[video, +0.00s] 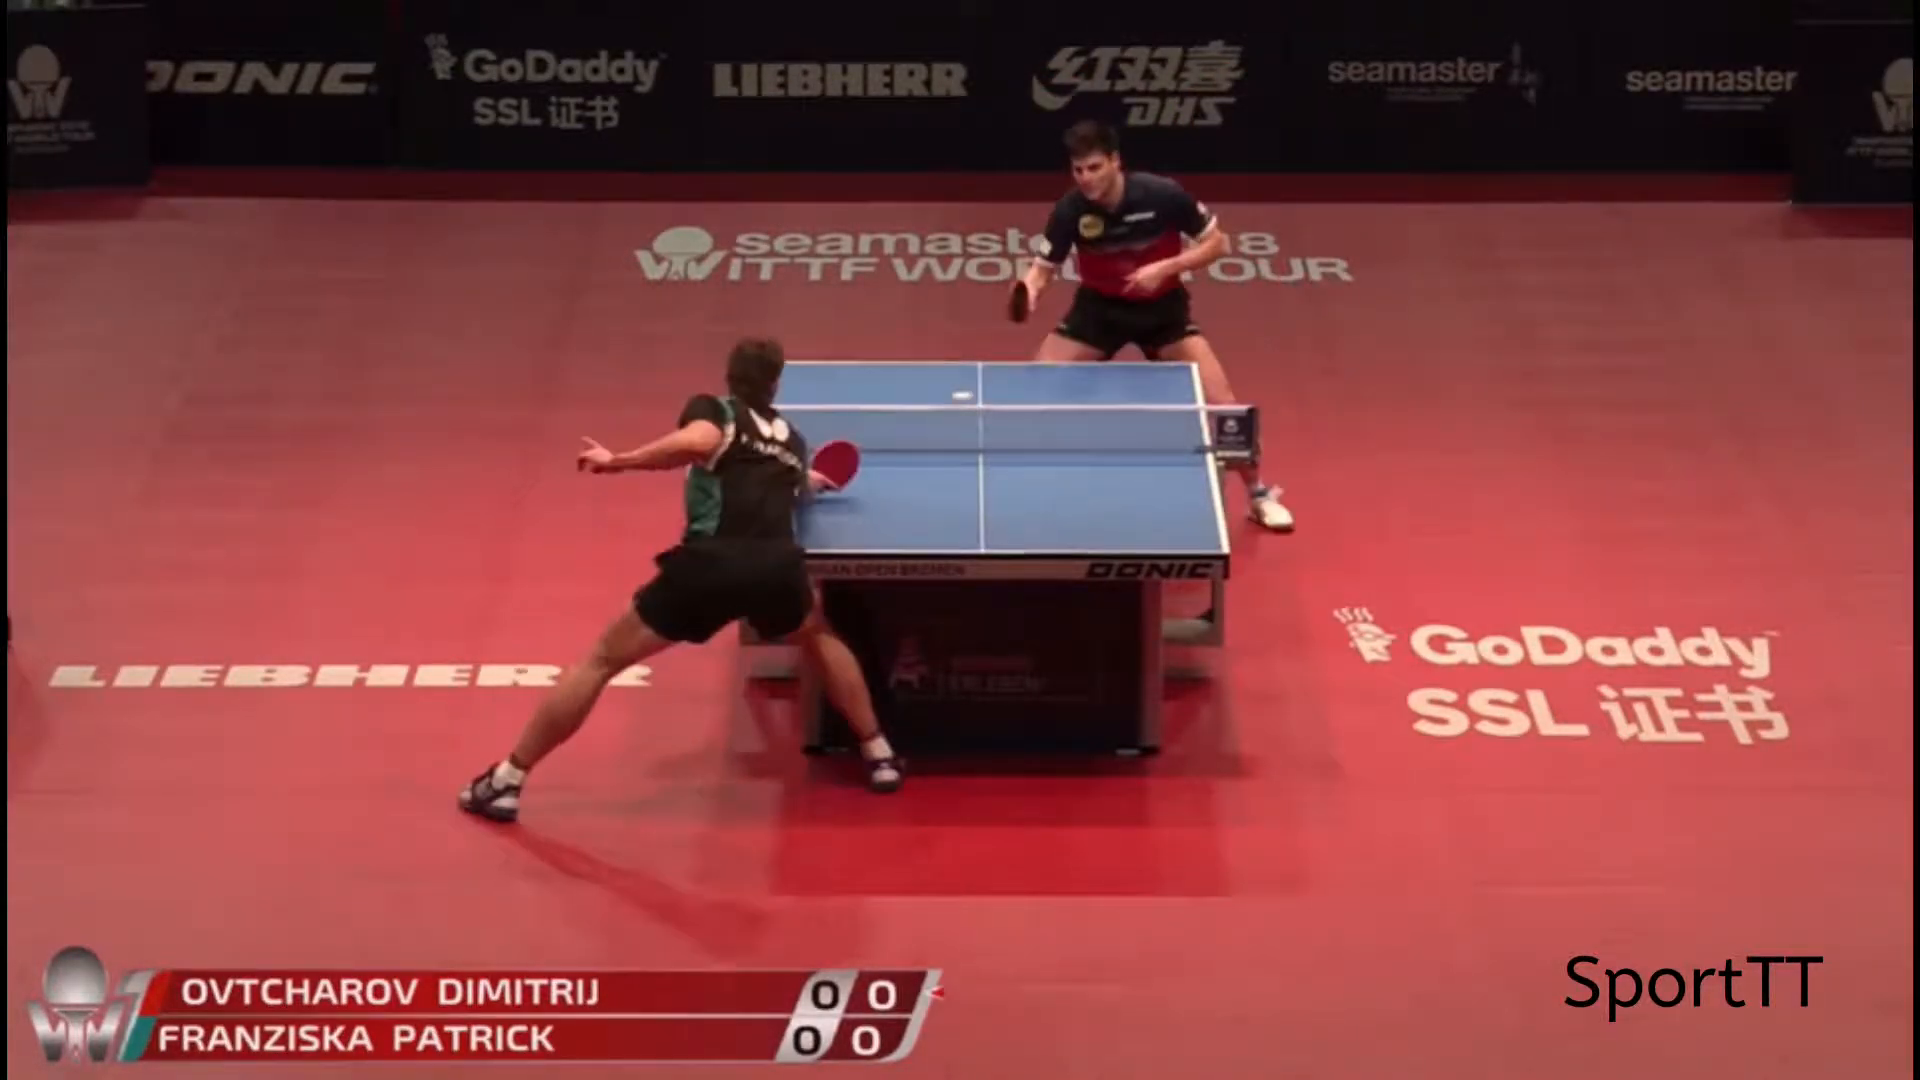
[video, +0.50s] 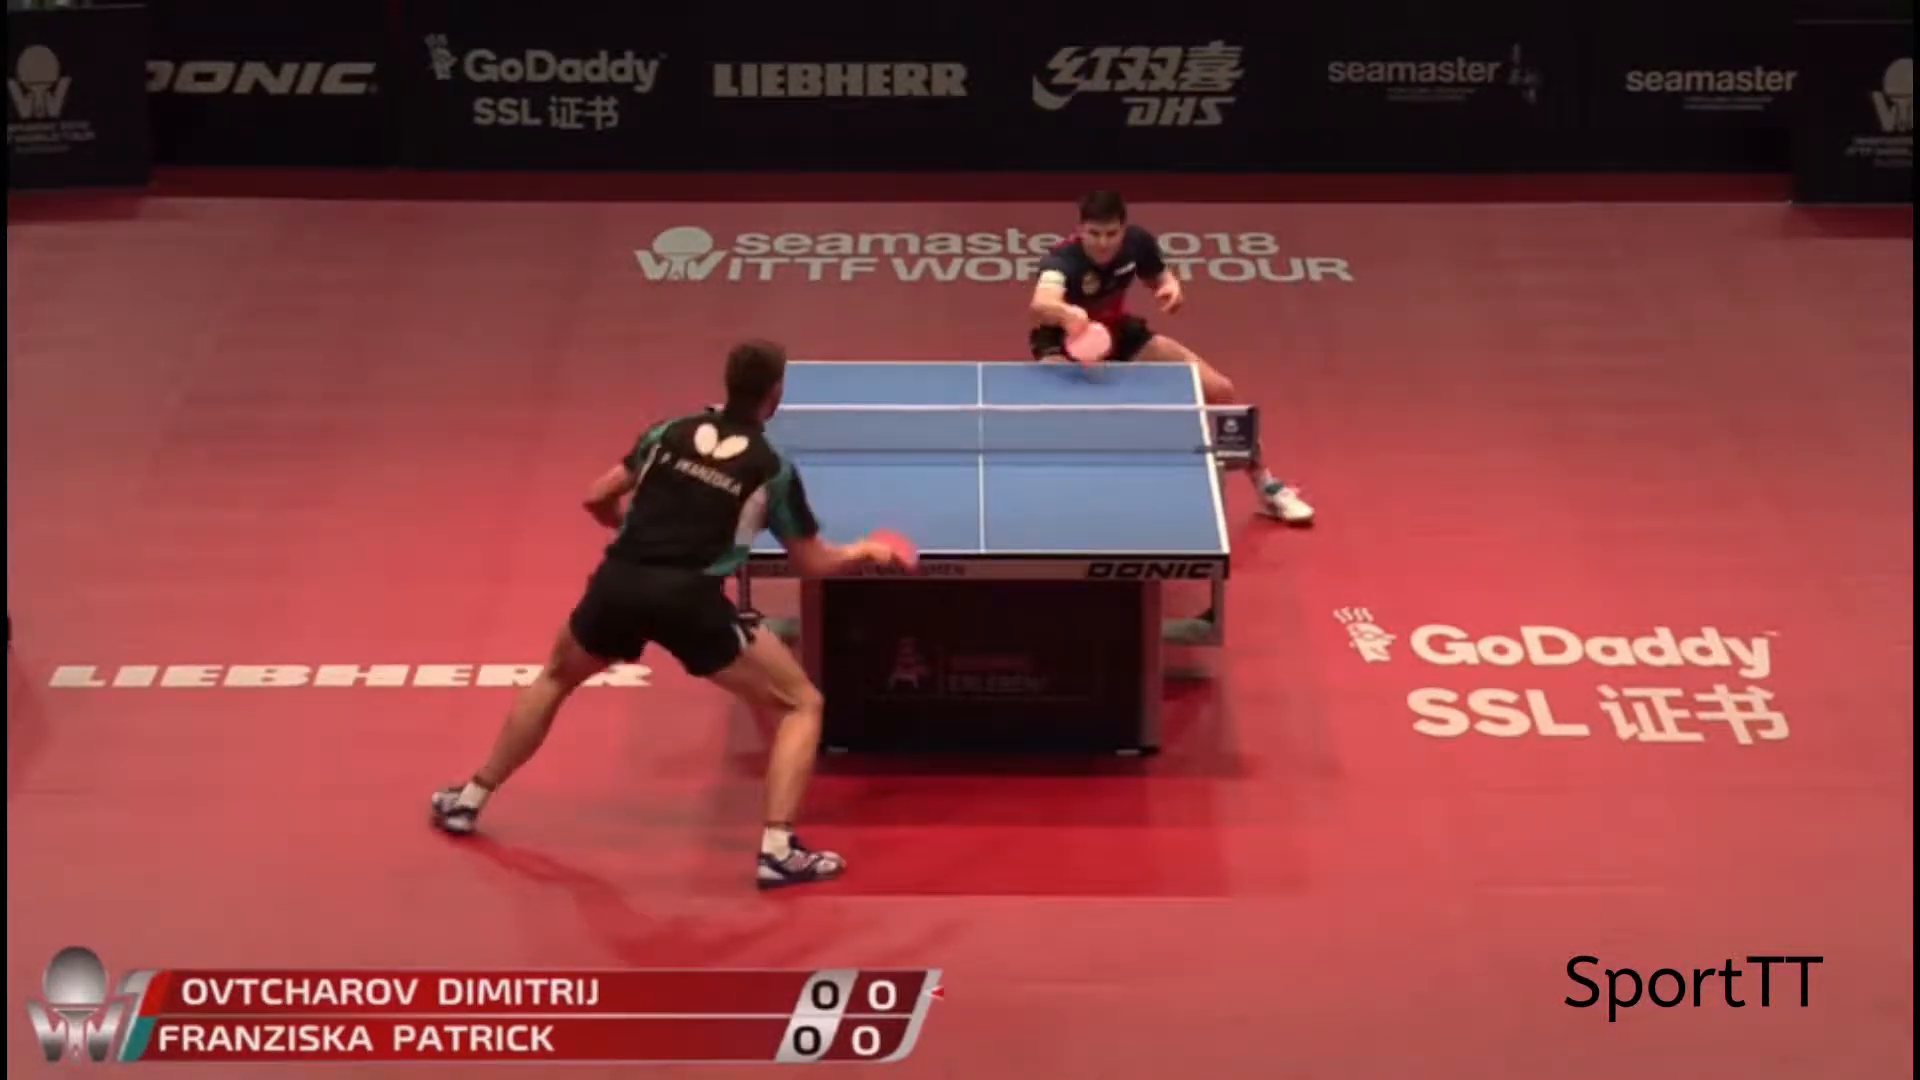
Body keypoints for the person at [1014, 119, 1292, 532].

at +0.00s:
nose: (1084, 179)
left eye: (1093, 168)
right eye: (1078, 170)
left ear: (1116, 162)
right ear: (1071, 170)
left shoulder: (1162, 195)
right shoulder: (1071, 210)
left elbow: (1216, 242)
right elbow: (1043, 267)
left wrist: (1164, 268)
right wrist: (1028, 291)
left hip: (1163, 314)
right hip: (1097, 313)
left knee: (1221, 401)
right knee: (1039, 388)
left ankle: (1259, 494)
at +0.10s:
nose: (1087, 187)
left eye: (1095, 176)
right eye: (1080, 178)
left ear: (1116, 169)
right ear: (1071, 177)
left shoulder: (1157, 200)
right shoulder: (1071, 216)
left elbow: (1212, 248)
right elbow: (1039, 272)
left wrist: (1160, 274)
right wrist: (1029, 293)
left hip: (1166, 319)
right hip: (1100, 318)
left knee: (1221, 404)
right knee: (1034, 383)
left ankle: (1261, 494)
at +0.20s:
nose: (1096, 232)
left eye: (1104, 223)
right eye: (1088, 225)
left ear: (1119, 211)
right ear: (1076, 218)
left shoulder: (1152, 231)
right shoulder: (1063, 247)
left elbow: (1201, 275)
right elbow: (1012, 313)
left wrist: (1173, 293)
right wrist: (1063, 313)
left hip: (1157, 342)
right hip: (1089, 344)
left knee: (1218, 402)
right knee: (1052, 368)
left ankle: (1266, 493)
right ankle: (1040, 487)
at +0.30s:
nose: (1101, 244)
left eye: (1108, 235)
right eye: (1092, 236)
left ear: (1121, 223)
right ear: (1079, 229)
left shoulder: (1151, 238)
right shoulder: (1064, 253)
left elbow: (1202, 279)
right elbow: (1012, 320)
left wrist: (1182, 296)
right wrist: (1071, 313)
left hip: (1153, 345)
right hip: (1086, 347)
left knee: (1220, 403)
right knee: (1046, 378)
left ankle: (1267, 494)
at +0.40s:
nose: (1103, 252)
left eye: (1111, 242)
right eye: (1094, 242)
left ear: (1123, 235)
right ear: (1081, 236)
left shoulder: (1137, 244)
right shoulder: (1064, 259)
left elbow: (1166, 277)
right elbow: (1037, 309)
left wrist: (1174, 289)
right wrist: (1075, 322)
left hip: (1119, 332)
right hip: (1061, 340)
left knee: (1216, 391)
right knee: (1056, 403)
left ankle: (1266, 489)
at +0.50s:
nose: (1103, 243)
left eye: (1110, 234)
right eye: (1094, 234)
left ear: (1122, 228)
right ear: (1080, 230)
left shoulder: (1137, 244)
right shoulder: (1064, 257)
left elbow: (1162, 280)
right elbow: (1040, 304)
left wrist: (1171, 292)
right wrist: (1068, 315)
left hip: (1116, 332)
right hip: (1063, 339)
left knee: (1219, 389)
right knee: (1058, 403)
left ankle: (1266, 486)